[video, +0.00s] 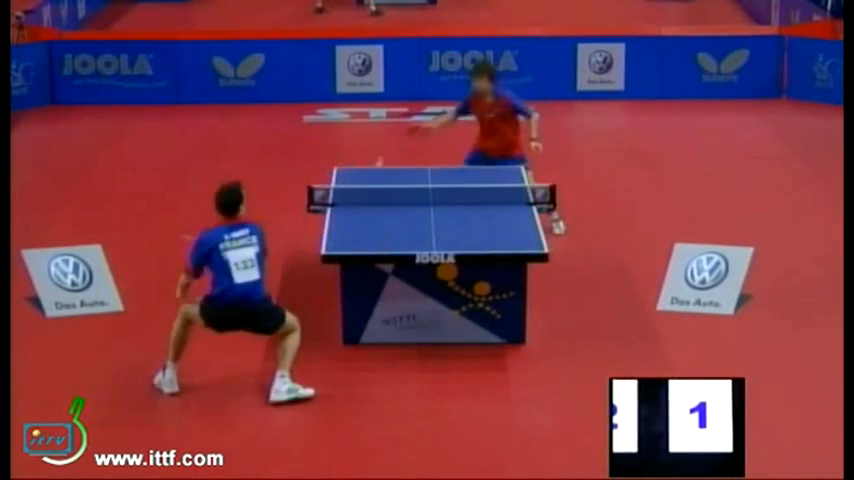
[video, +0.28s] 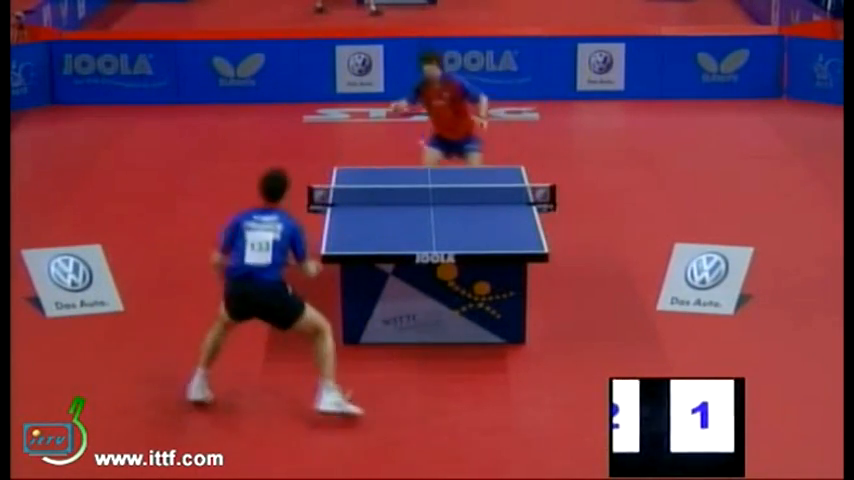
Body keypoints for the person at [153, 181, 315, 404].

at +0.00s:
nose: (245, 207)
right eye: (243, 203)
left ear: (218, 208)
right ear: (241, 207)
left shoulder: (208, 238)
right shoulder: (256, 232)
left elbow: (190, 275)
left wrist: (181, 291)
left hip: (222, 312)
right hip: (257, 309)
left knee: (186, 313)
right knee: (292, 328)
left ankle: (169, 374)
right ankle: (283, 382)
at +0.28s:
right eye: (282, 190)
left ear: (261, 191)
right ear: (284, 193)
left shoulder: (241, 220)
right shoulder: (289, 225)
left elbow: (219, 259)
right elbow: (306, 269)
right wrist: (314, 266)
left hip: (238, 294)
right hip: (272, 295)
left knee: (222, 323)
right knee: (322, 330)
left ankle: (199, 379)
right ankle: (329, 391)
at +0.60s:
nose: (402, 252)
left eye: (402, 247)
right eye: (399, 247)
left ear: (384, 243)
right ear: (387, 247)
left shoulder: (380, 256)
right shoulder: (368, 274)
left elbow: (412, 262)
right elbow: (352, 318)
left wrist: (443, 268)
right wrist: (375, 357)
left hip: (318, 309)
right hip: (330, 319)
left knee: (303, 356)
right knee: (374, 370)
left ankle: (243, 374)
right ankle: (336, 430)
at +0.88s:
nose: (530, 229)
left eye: (528, 223)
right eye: (529, 224)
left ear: (505, 218)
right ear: (523, 226)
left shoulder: (481, 232)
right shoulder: (519, 259)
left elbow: (448, 262)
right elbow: (546, 291)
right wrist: (571, 274)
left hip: (456, 303)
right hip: (465, 312)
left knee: (513, 328)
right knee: (439, 384)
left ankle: (527, 392)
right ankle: (370, 410)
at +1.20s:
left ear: (605, 237)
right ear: (631, 239)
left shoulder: (588, 265)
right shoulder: (633, 268)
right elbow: (668, 297)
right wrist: (687, 298)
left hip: (577, 340)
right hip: (605, 341)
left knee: (624, 373)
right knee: (641, 373)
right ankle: (607, 419)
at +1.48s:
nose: (618, 220)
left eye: (620, 217)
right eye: (621, 216)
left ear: (622, 221)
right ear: (647, 222)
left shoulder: (605, 251)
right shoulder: (657, 254)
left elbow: (577, 293)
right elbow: (670, 300)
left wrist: (586, 315)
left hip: (610, 325)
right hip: (647, 327)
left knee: (584, 352)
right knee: (679, 374)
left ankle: (567, 407)